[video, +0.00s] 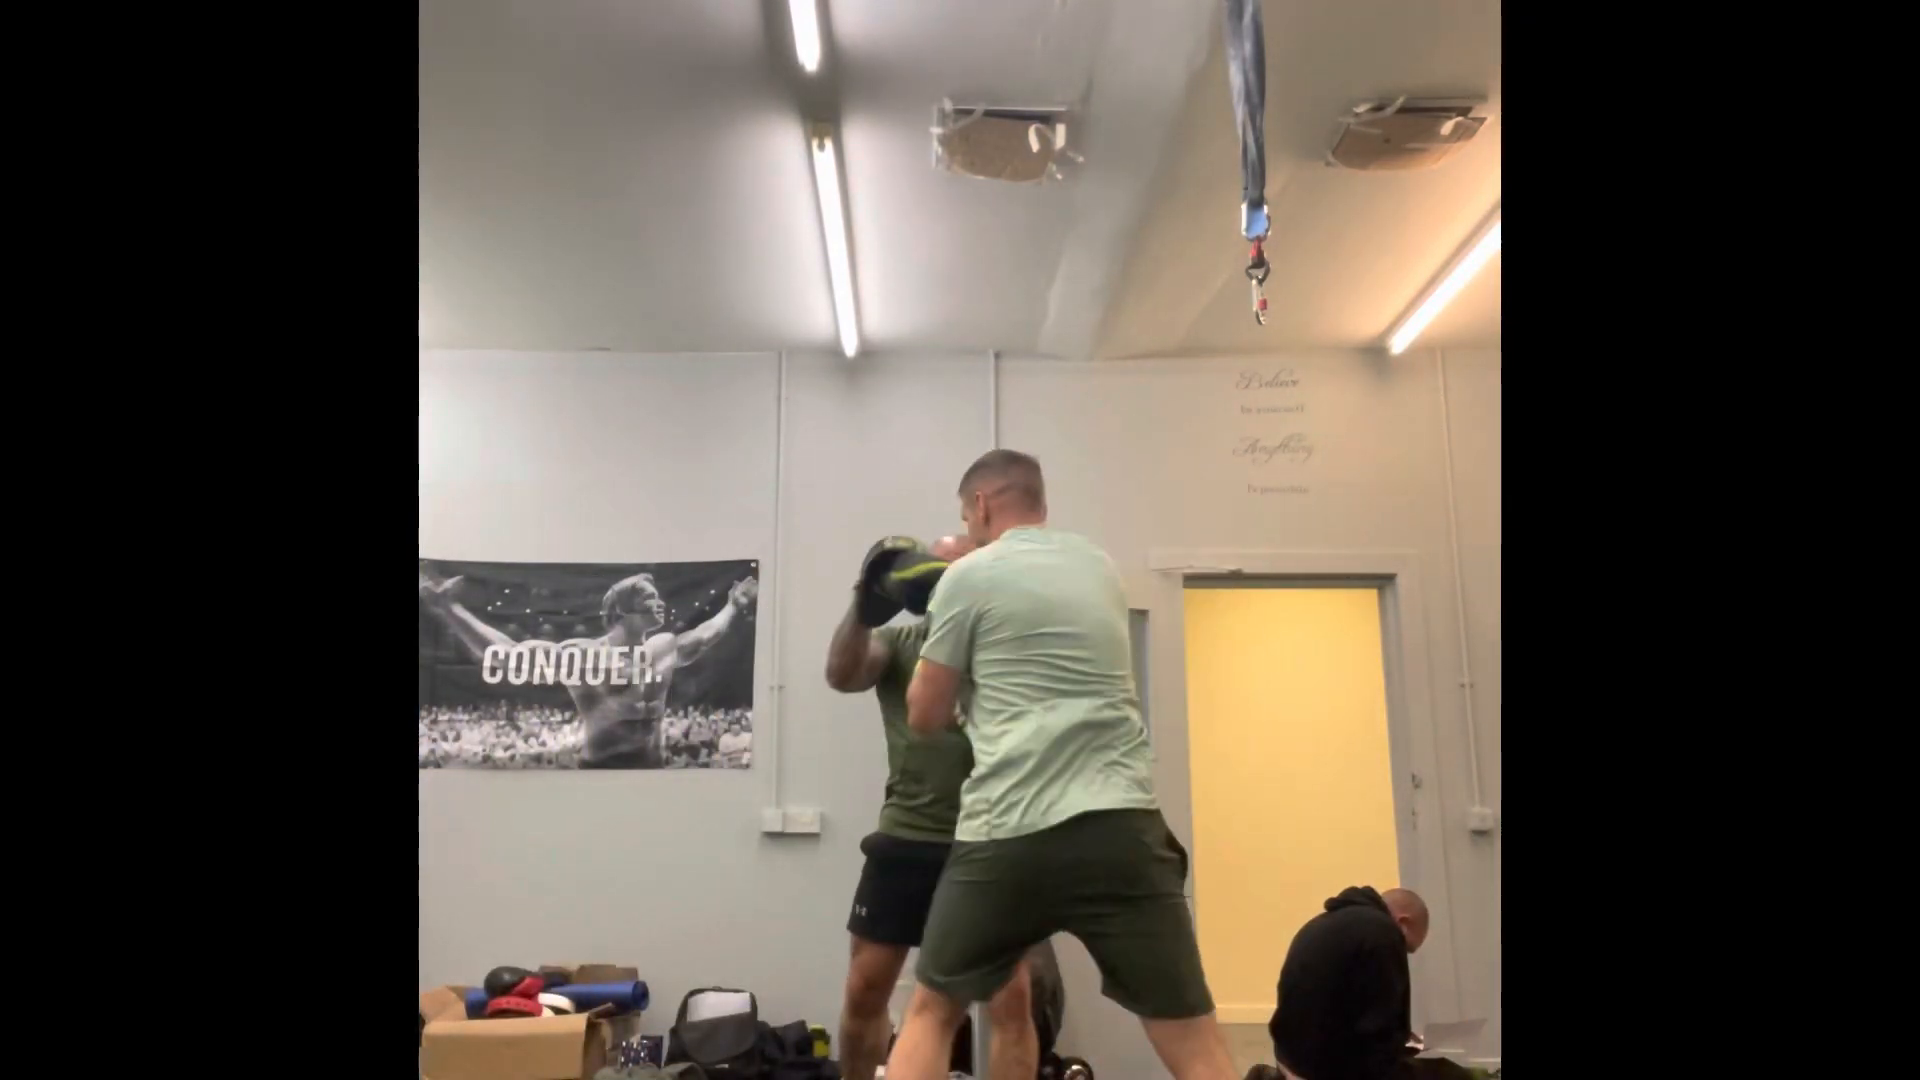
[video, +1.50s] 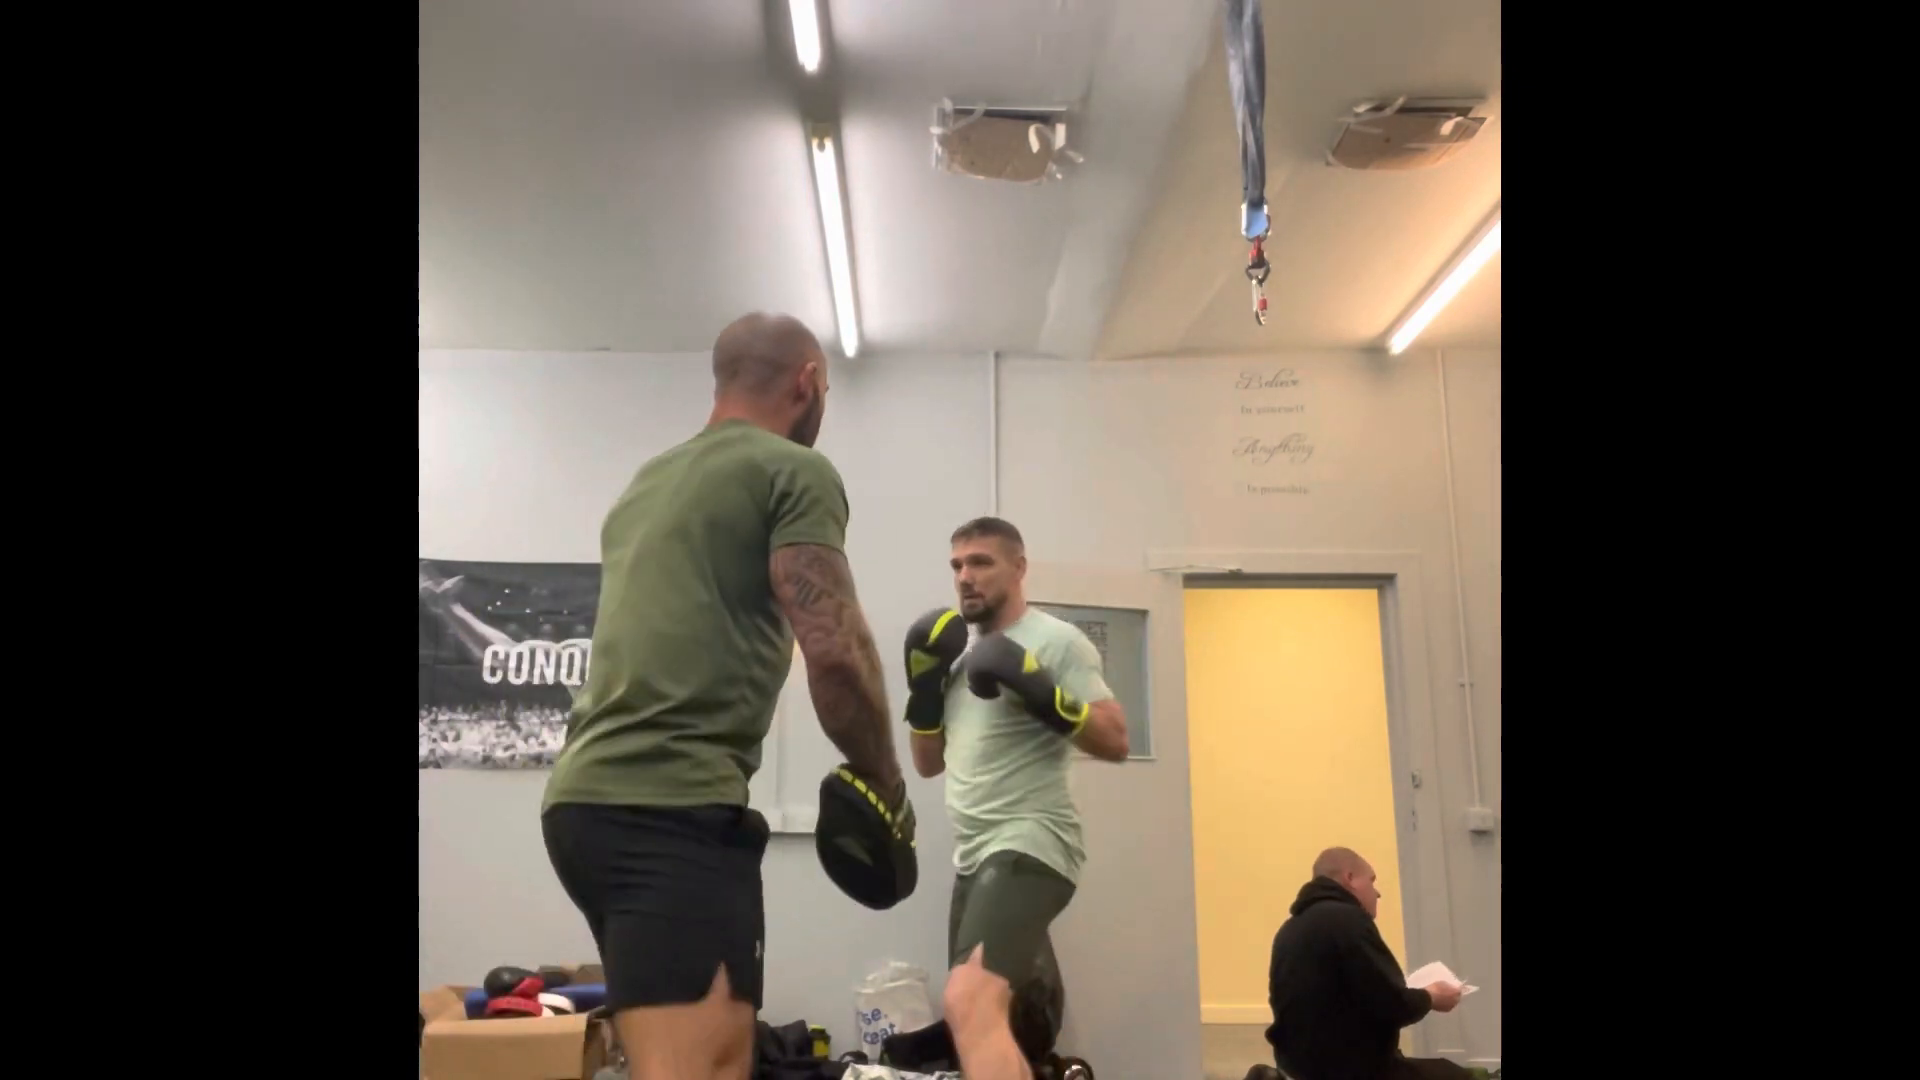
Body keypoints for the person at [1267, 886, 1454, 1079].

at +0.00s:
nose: (1400, 953)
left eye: (1406, 951)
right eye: (1405, 947)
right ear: (1401, 923)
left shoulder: (1323, 922)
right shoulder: (1383, 933)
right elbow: (1388, 1027)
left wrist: (1397, 1036)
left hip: (1293, 1056)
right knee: (1446, 1070)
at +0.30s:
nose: (1378, 922)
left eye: (1381, 915)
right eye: (1380, 913)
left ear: (1339, 887)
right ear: (1368, 893)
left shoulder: (1294, 927)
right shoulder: (1346, 920)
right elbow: (1375, 1003)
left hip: (1304, 1067)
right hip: (1350, 1068)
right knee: (1446, 1071)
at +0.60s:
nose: (1372, 915)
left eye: (1375, 906)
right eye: (1374, 904)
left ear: (1329, 883)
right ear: (1363, 886)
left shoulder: (1289, 930)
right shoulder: (1348, 921)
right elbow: (1392, 1003)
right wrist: (1421, 989)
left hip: (1310, 1069)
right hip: (1360, 1070)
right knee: (1452, 1072)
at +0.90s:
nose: (1374, 916)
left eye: (1377, 907)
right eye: (1376, 904)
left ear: (1330, 883)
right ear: (1361, 887)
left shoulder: (1287, 930)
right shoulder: (1350, 920)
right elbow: (1390, 1006)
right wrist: (1430, 990)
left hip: (1300, 1068)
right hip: (1356, 1071)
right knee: (1452, 1072)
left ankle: (1271, 1075)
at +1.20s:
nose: (1375, 916)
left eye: (1378, 905)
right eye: (1376, 903)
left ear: (1329, 882)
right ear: (1360, 886)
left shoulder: (1288, 930)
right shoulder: (1350, 921)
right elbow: (1392, 1007)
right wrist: (1430, 989)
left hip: (1301, 1067)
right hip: (1355, 1070)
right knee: (1451, 1071)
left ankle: (1272, 1074)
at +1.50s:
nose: (1377, 893)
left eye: (1374, 883)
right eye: (1372, 882)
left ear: (1325, 881)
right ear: (1349, 879)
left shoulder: (1288, 931)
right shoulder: (1347, 919)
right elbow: (1387, 1007)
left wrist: (1402, 992)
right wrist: (1430, 997)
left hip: (1302, 1069)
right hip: (1357, 1071)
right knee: (1456, 1072)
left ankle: (1273, 1075)